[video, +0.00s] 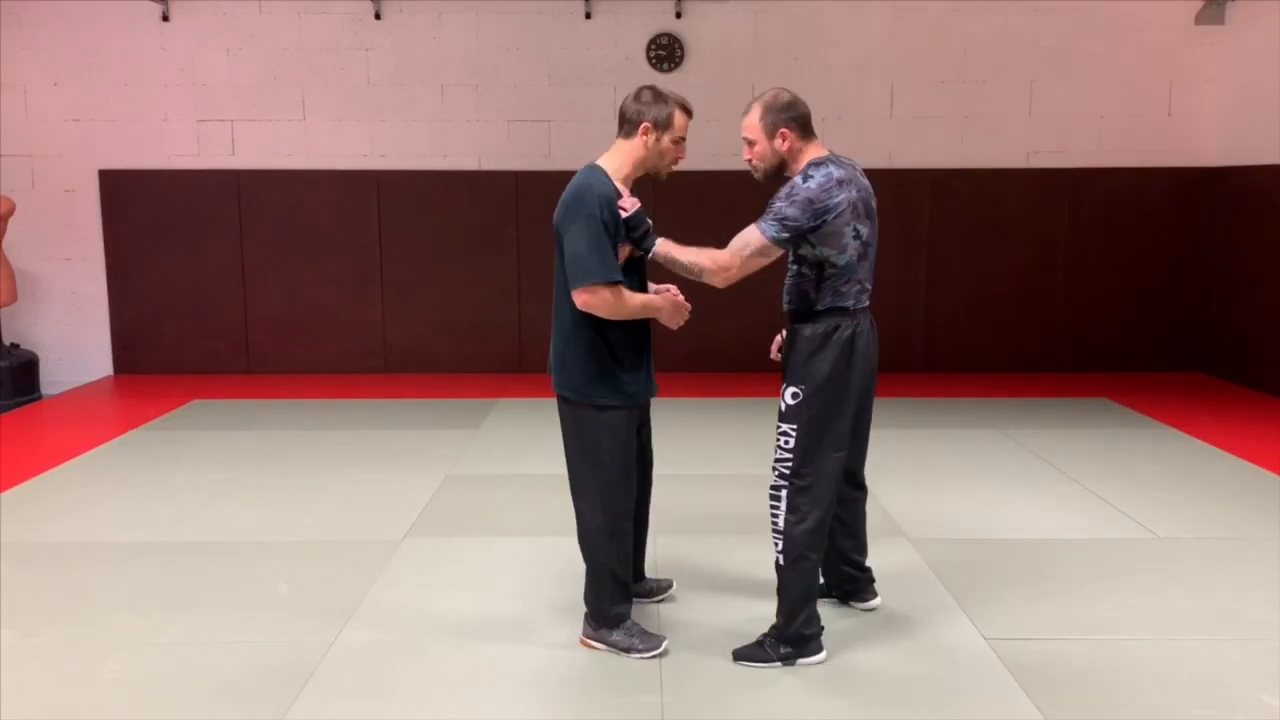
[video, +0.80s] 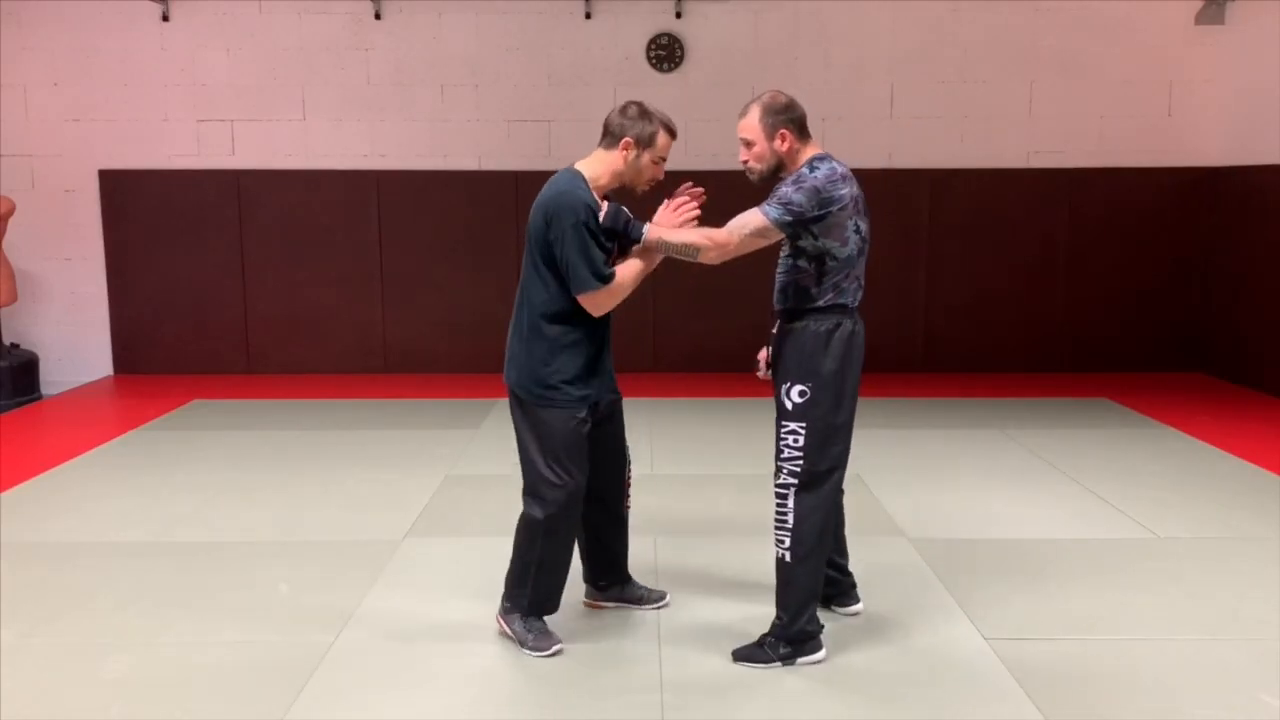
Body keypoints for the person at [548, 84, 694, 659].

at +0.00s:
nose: (682, 153)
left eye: (684, 141)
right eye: (678, 140)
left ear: (644, 133)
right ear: (647, 134)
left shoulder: (621, 193)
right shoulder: (589, 196)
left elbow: (627, 272)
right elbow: (590, 295)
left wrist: (656, 296)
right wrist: (655, 306)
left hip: (623, 374)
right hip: (592, 379)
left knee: (631, 485)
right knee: (605, 496)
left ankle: (625, 578)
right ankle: (604, 619)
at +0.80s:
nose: (660, 174)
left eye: (663, 163)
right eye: (657, 162)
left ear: (626, 149)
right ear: (627, 149)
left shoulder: (598, 198)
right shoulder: (567, 203)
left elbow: (641, 252)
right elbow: (597, 300)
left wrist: (669, 228)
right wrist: (653, 243)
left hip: (589, 370)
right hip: (548, 375)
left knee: (608, 480)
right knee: (556, 493)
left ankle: (607, 581)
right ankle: (520, 610)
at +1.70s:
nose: (642, 182)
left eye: (643, 169)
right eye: (635, 169)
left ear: (602, 165)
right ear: (597, 163)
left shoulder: (609, 216)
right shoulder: (541, 224)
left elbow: (634, 272)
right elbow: (567, 320)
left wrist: (697, 268)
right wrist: (651, 289)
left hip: (626, 377)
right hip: (569, 389)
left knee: (685, 467)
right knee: (550, 505)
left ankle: (644, 571)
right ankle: (505, 613)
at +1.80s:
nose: (670, 188)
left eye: (672, 175)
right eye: (661, 176)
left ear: (629, 171)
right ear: (622, 170)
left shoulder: (656, 218)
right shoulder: (564, 228)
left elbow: (696, 285)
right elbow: (582, 311)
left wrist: (744, 252)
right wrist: (664, 266)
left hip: (654, 378)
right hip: (590, 393)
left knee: (721, 467)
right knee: (563, 507)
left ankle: (711, 580)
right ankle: (507, 614)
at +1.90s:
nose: (720, 191)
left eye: (725, 178)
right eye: (709, 178)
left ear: (727, 176)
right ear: (673, 170)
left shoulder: (714, 229)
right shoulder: (615, 217)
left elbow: (734, 300)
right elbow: (590, 280)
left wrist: (759, 260)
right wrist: (680, 257)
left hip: (693, 390)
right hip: (622, 396)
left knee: (757, 472)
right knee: (576, 504)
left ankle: (790, 579)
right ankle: (510, 610)